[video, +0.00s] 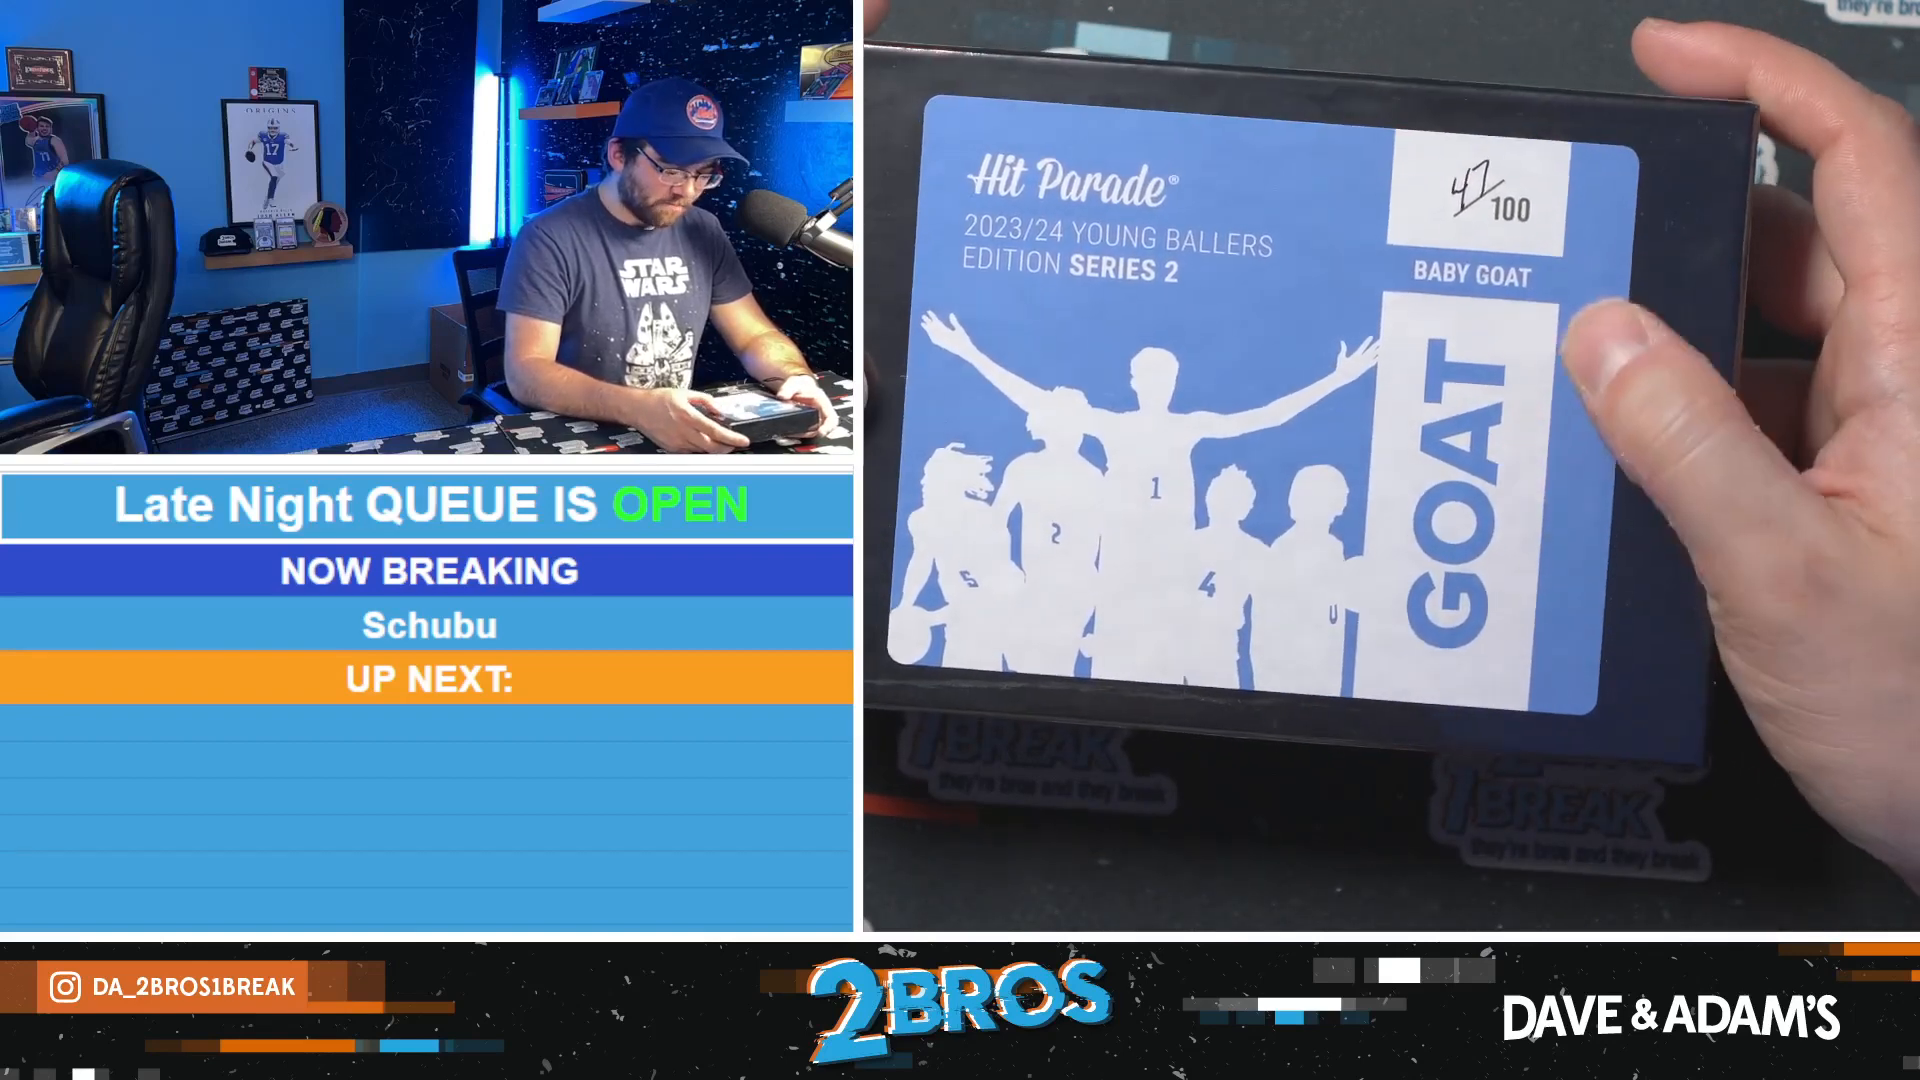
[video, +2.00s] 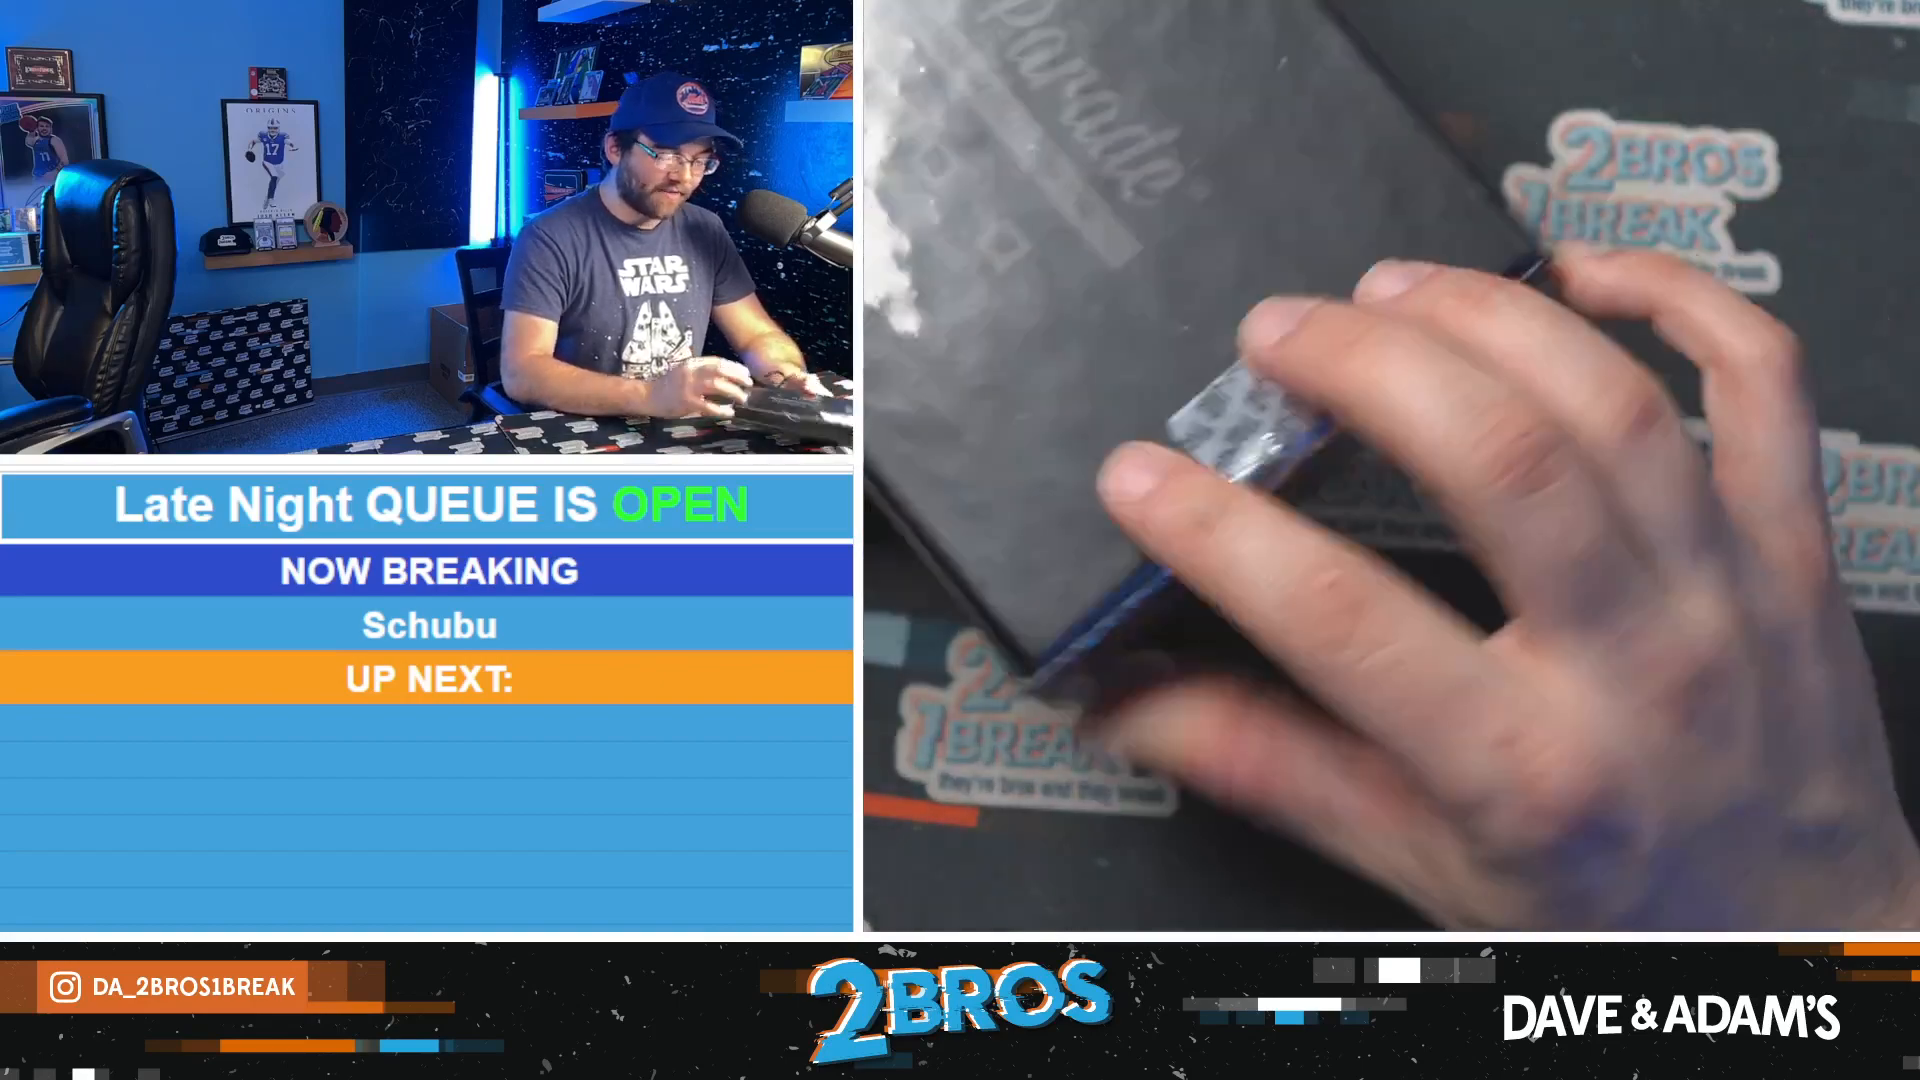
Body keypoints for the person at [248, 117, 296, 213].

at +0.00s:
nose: (273, 130)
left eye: (275, 128)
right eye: (271, 128)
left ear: (278, 128)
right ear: (268, 128)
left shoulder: (283, 136)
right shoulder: (263, 136)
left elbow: (290, 142)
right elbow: (253, 141)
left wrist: (292, 147)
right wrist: (250, 149)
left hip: (279, 164)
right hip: (267, 162)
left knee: (275, 182)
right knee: (274, 176)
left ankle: (267, 199)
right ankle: (270, 199)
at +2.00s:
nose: (273, 130)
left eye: (275, 128)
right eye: (271, 128)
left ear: (278, 128)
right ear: (268, 128)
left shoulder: (283, 136)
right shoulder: (263, 136)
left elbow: (290, 143)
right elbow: (253, 141)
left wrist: (292, 147)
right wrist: (250, 149)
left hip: (279, 164)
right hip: (267, 162)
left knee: (275, 182)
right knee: (274, 176)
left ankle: (267, 200)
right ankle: (270, 199)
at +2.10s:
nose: (273, 130)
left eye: (275, 128)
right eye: (271, 128)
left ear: (278, 128)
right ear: (268, 128)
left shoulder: (283, 136)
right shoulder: (263, 136)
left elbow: (290, 143)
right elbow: (253, 141)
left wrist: (292, 147)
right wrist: (250, 149)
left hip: (279, 164)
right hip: (267, 162)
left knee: (275, 182)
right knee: (274, 176)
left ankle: (267, 200)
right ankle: (270, 199)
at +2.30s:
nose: (273, 130)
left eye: (275, 128)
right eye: (271, 128)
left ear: (278, 128)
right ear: (268, 128)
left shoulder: (283, 136)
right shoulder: (263, 136)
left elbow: (290, 143)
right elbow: (253, 141)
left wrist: (292, 147)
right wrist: (250, 149)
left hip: (279, 164)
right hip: (267, 162)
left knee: (275, 183)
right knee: (274, 176)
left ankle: (267, 200)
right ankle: (271, 199)